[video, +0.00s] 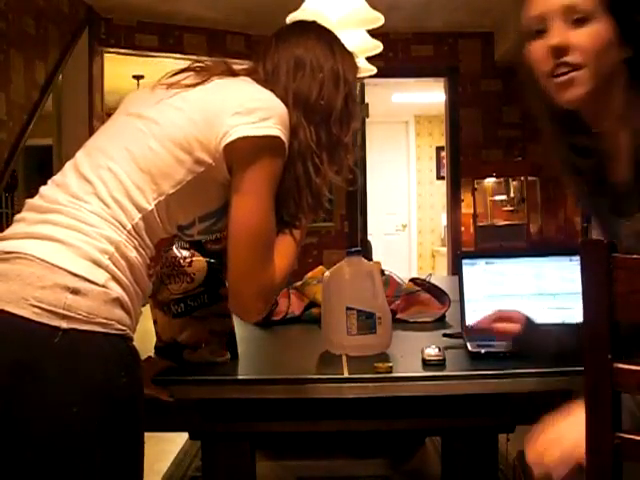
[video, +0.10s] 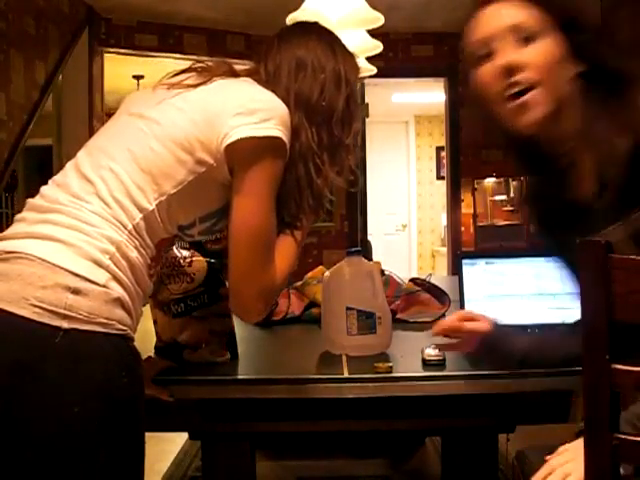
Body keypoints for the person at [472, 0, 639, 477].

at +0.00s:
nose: (556, 43)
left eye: (579, 19)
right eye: (538, 31)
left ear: (623, 33)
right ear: (528, 56)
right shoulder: (593, 160)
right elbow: (625, 330)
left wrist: (605, 410)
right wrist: (536, 337)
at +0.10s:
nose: (505, 63)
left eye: (525, 38)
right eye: (483, 55)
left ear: (574, 55)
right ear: (475, 90)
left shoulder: (634, 162)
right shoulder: (551, 192)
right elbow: (614, 334)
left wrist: (612, 443)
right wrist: (502, 342)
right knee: (522, 456)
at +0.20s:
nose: (443, 101)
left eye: (463, 75)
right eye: (421, 97)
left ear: (510, 87)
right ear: (417, 135)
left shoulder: (611, 144)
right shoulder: (492, 235)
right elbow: (570, 370)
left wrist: (610, 440)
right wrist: (452, 357)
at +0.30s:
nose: (393, 141)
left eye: (408, 115)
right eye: (368, 139)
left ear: (452, 121)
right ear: (363, 179)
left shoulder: (559, 161)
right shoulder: (445, 277)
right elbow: (543, 409)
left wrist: (605, 441)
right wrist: (413, 389)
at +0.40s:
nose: (357, 169)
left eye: (370, 142)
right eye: (333, 169)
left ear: (420, 149)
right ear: (335, 218)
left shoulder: (530, 171)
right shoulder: (421, 309)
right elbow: (527, 422)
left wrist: (608, 448)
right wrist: (387, 408)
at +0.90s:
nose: (336, 191)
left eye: (350, 161)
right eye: (317, 190)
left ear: (403, 157)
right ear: (319, 228)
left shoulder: (507, 211)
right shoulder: (423, 309)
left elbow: (638, 277)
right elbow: (544, 411)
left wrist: (609, 447)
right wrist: (403, 406)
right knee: (527, 469)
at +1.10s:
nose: (405, 120)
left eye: (425, 95)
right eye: (397, 113)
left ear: (479, 99)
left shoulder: (577, 155)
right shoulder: (479, 237)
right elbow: (586, 356)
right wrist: (461, 331)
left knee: (537, 471)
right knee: (527, 465)